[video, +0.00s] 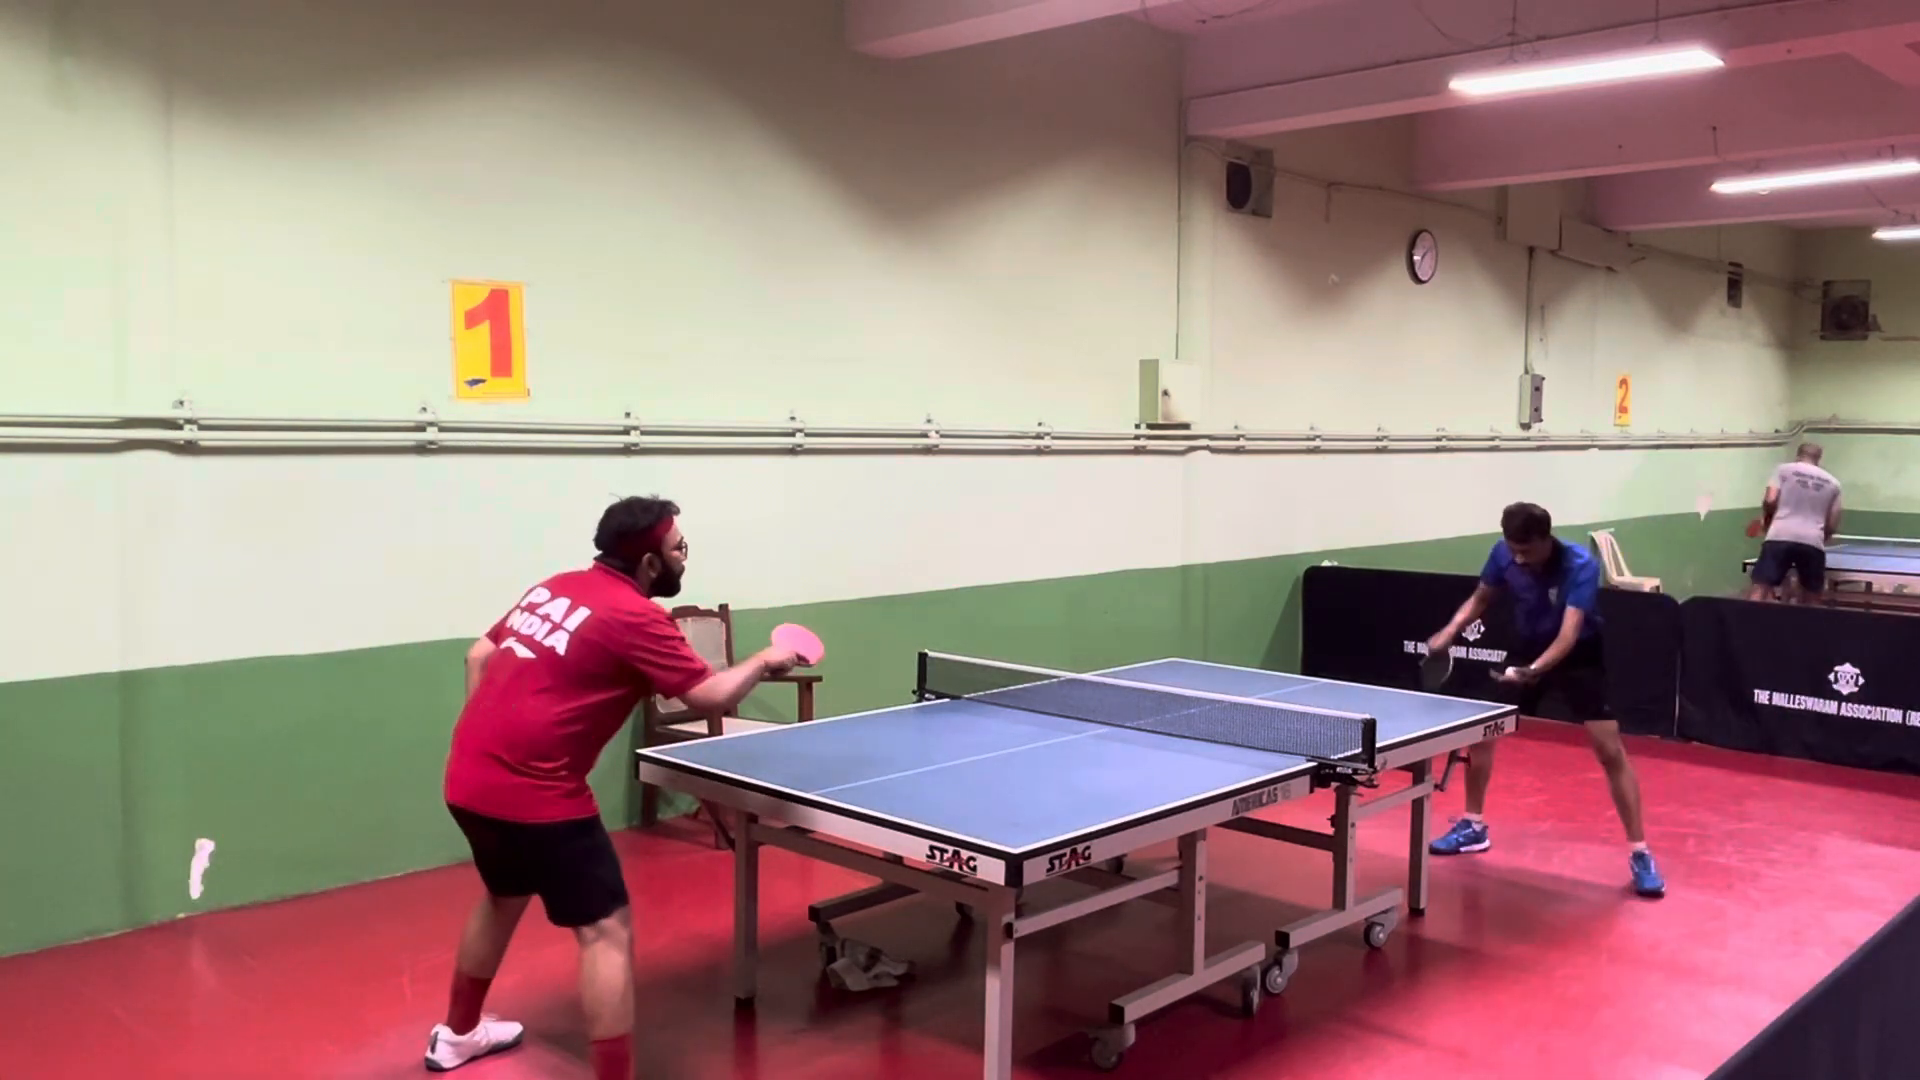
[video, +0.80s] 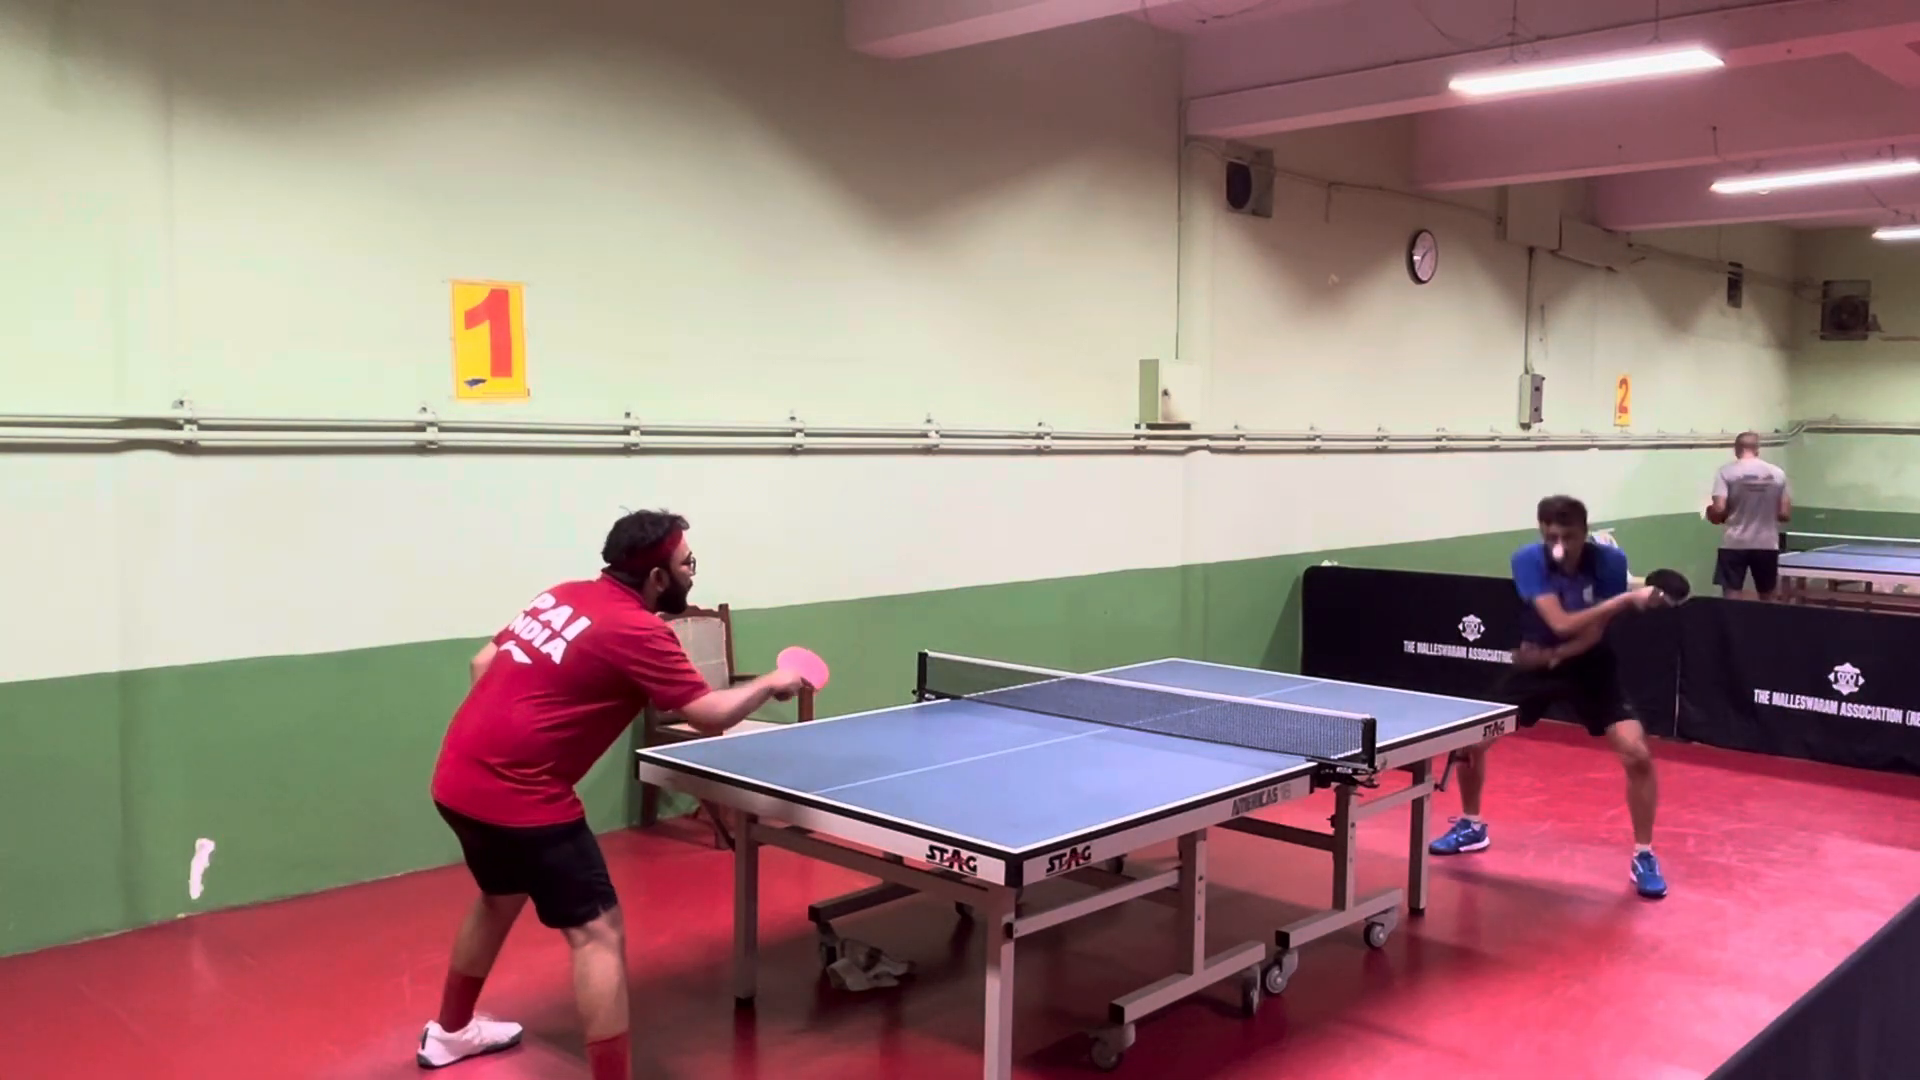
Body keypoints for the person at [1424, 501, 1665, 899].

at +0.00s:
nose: (1518, 557)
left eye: (1526, 551)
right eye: (1513, 550)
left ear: (1546, 539)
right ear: (1507, 542)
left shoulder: (1580, 564)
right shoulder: (1504, 554)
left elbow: (1570, 634)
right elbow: (1480, 598)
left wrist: (1532, 669)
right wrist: (1448, 632)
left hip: (1578, 656)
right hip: (1525, 652)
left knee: (1610, 751)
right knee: (1481, 731)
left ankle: (1640, 853)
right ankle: (1473, 824)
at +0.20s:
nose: (1535, 556)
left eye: (1543, 549)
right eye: (1529, 549)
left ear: (1562, 539)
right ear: (1522, 541)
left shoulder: (1591, 571)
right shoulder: (1517, 549)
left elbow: (1576, 635)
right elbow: (1475, 587)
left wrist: (1538, 673)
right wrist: (1468, 601)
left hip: (1580, 663)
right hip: (1528, 656)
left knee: (1621, 757)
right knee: (1468, 729)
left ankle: (1644, 855)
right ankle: (1472, 825)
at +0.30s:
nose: (1545, 547)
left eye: (1553, 540)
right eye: (1540, 539)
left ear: (1573, 530)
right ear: (1534, 531)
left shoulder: (1600, 566)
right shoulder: (1527, 542)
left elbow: (1578, 629)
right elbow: (1472, 586)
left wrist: (1538, 642)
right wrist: (1502, 586)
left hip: (1581, 665)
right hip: (1531, 658)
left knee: (1622, 758)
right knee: (1468, 729)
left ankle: (1644, 856)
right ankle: (1472, 825)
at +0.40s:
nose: (1553, 535)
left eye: (1561, 527)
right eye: (1546, 526)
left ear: (1581, 521)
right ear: (1538, 520)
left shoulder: (1604, 554)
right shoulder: (1529, 536)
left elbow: (1582, 610)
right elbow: (1490, 578)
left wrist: (1535, 592)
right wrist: (1531, 575)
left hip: (1585, 665)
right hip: (1533, 658)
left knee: (1623, 755)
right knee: (1473, 727)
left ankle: (1644, 855)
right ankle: (1472, 825)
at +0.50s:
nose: (1555, 521)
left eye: (1564, 512)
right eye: (1549, 512)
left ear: (1586, 512)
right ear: (1542, 510)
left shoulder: (1607, 550)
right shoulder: (1532, 534)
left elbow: (1592, 606)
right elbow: (1517, 580)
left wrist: (1545, 584)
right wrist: (1585, 566)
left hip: (1586, 662)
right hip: (1531, 656)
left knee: (1626, 753)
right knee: (1477, 732)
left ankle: (1645, 854)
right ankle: (1472, 824)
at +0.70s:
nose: (1561, 522)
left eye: (1570, 513)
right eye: (1554, 513)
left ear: (1589, 514)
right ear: (1546, 513)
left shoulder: (1615, 552)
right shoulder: (1531, 543)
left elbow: (1599, 622)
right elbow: (1557, 602)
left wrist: (1548, 623)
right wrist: (1627, 584)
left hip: (1589, 660)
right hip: (1533, 657)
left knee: (1631, 754)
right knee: (1475, 731)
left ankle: (1644, 854)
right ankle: (1472, 824)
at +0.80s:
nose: (1559, 550)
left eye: (1568, 539)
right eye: (1551, 540)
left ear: (1586, 533)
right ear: (1540, 534)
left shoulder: (1609, 560)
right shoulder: (1527, 560)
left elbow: (1597, 631)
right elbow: (1561, 623)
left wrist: (1550, 654)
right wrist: (1627, 599)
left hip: (1591, 662)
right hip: (1536, 660)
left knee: (1637, 755)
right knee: (1468, 736)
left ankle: (1644, 855)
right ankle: (1471, 824)